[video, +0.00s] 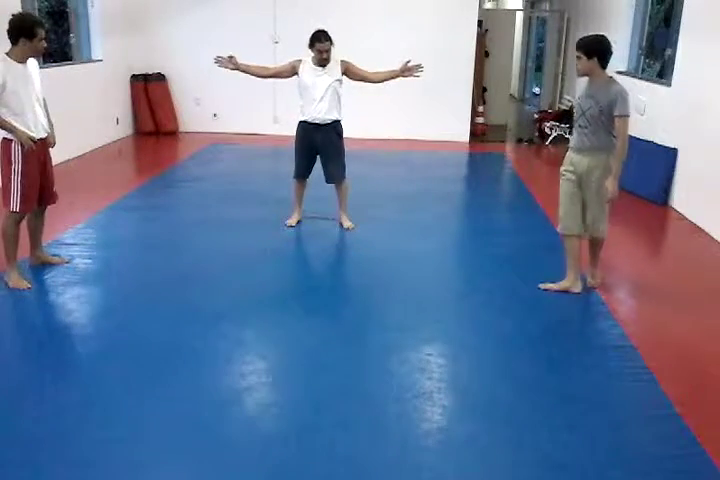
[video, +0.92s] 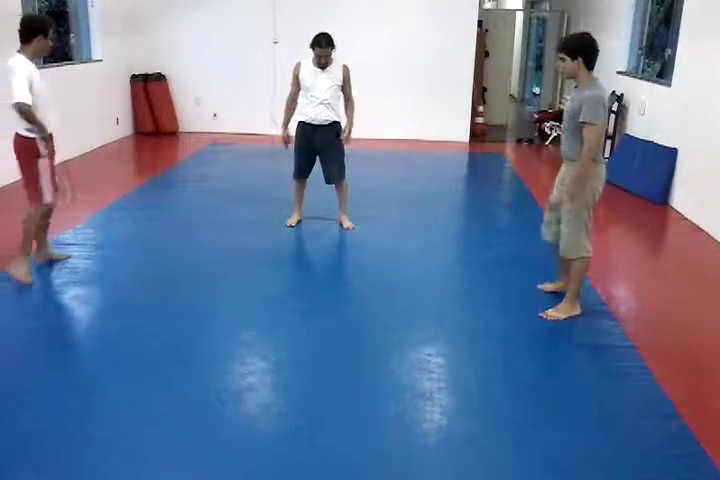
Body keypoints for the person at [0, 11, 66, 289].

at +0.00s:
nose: (45, 45)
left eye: (45, 39)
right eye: (41, 40)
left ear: (27, 41)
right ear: (24, 40)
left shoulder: (32, 63)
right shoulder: (4, 67)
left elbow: (39, 99)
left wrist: (49, 128)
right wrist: (16, 131)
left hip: (39, 140)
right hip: (14, 144)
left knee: (39, 202)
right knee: (16, 209)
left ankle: (37, 252)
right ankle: (11, 268)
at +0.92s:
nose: (51, 44)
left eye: (51, 39)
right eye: (49, 38)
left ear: (29, 38)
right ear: (39, 38)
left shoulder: (28, 65)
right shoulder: (18, 66)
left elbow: (29, 104)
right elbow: (21, 105)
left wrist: (46, 131)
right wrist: (45, 132)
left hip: (39, 139)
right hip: (29, 140)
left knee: (49, 198)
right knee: (41, 202)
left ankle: (43, 250)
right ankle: (22, 258)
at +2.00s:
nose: (83, 45)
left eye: (84, 41)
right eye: (83, 41)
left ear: (62, 36)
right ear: (76, 38)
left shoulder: (43, 56)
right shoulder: (71, 59)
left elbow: (19, 84)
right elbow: (86, 91)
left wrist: (33, 113)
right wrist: (82, 117)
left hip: (44, 124)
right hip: (63, 125)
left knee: (63, 177)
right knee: (72, 180)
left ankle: (68, 222)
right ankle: (69, 234)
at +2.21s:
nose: (87, 44)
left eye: (87, 39)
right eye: (86, 38)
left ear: (71, 35)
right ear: (76, 36)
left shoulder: (54, 55)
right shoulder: (63, 56)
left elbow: (40, 91)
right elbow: (62, 87)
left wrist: (47, 116)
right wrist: (78, 107)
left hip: (53, 119)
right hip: (62, 121)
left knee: (68, 172)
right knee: (70, 175)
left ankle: (71, 218)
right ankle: (68, 231)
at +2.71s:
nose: (82, 38)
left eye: (83, 33)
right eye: (79, 33)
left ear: (73, 33)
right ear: (66, 32)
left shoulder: (70, 59)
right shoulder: (46, 57)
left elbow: (80, 93)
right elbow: (36, 91)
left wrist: (104, 111)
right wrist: (53, 119)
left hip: (72, 121)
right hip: (55, 122)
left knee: (70, 175)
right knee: (56, 179)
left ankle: (70, 219)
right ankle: (55, 230)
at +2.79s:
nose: (78, 37)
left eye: (78, 32)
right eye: (75, 32)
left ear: (68, 32)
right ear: (61, 33)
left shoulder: (67, 59)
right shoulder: (43, 58)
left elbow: (80, 95)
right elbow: (35, 94)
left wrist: (103, 113)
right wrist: (48, 121)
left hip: (71, 123)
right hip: (54, 124)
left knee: (70, 177)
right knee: (54, 181)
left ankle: (70, 220)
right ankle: (55, 232)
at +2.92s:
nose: (75, 35)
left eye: (75, 31)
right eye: (71, 31)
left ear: (66, 33)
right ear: (56, 32)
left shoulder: (66, 58)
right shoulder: (40, 59)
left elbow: (75, 97)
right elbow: (37, 100)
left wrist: (93, 121)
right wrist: (44, 131)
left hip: (70, 123)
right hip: (52, 125)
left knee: (76, 173)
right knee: (53, 180)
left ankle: (71, 219)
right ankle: (54, 232)